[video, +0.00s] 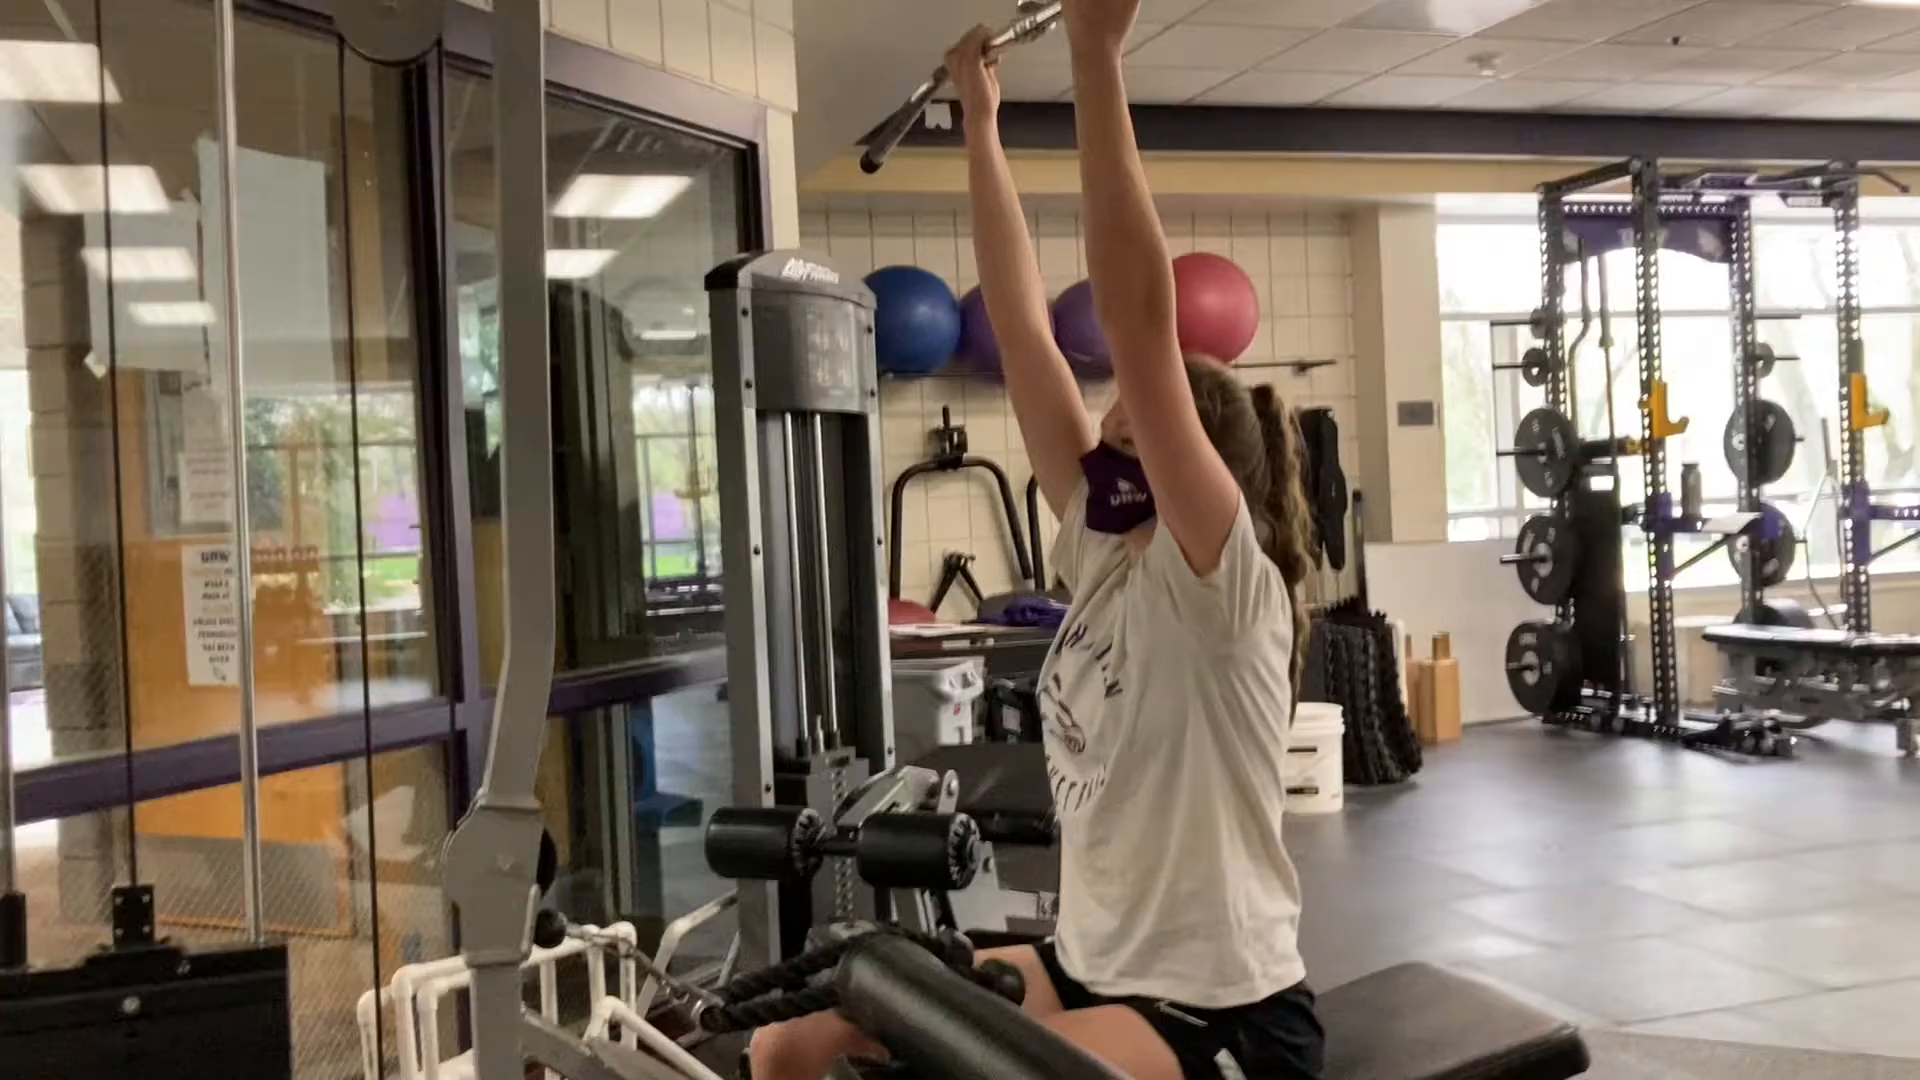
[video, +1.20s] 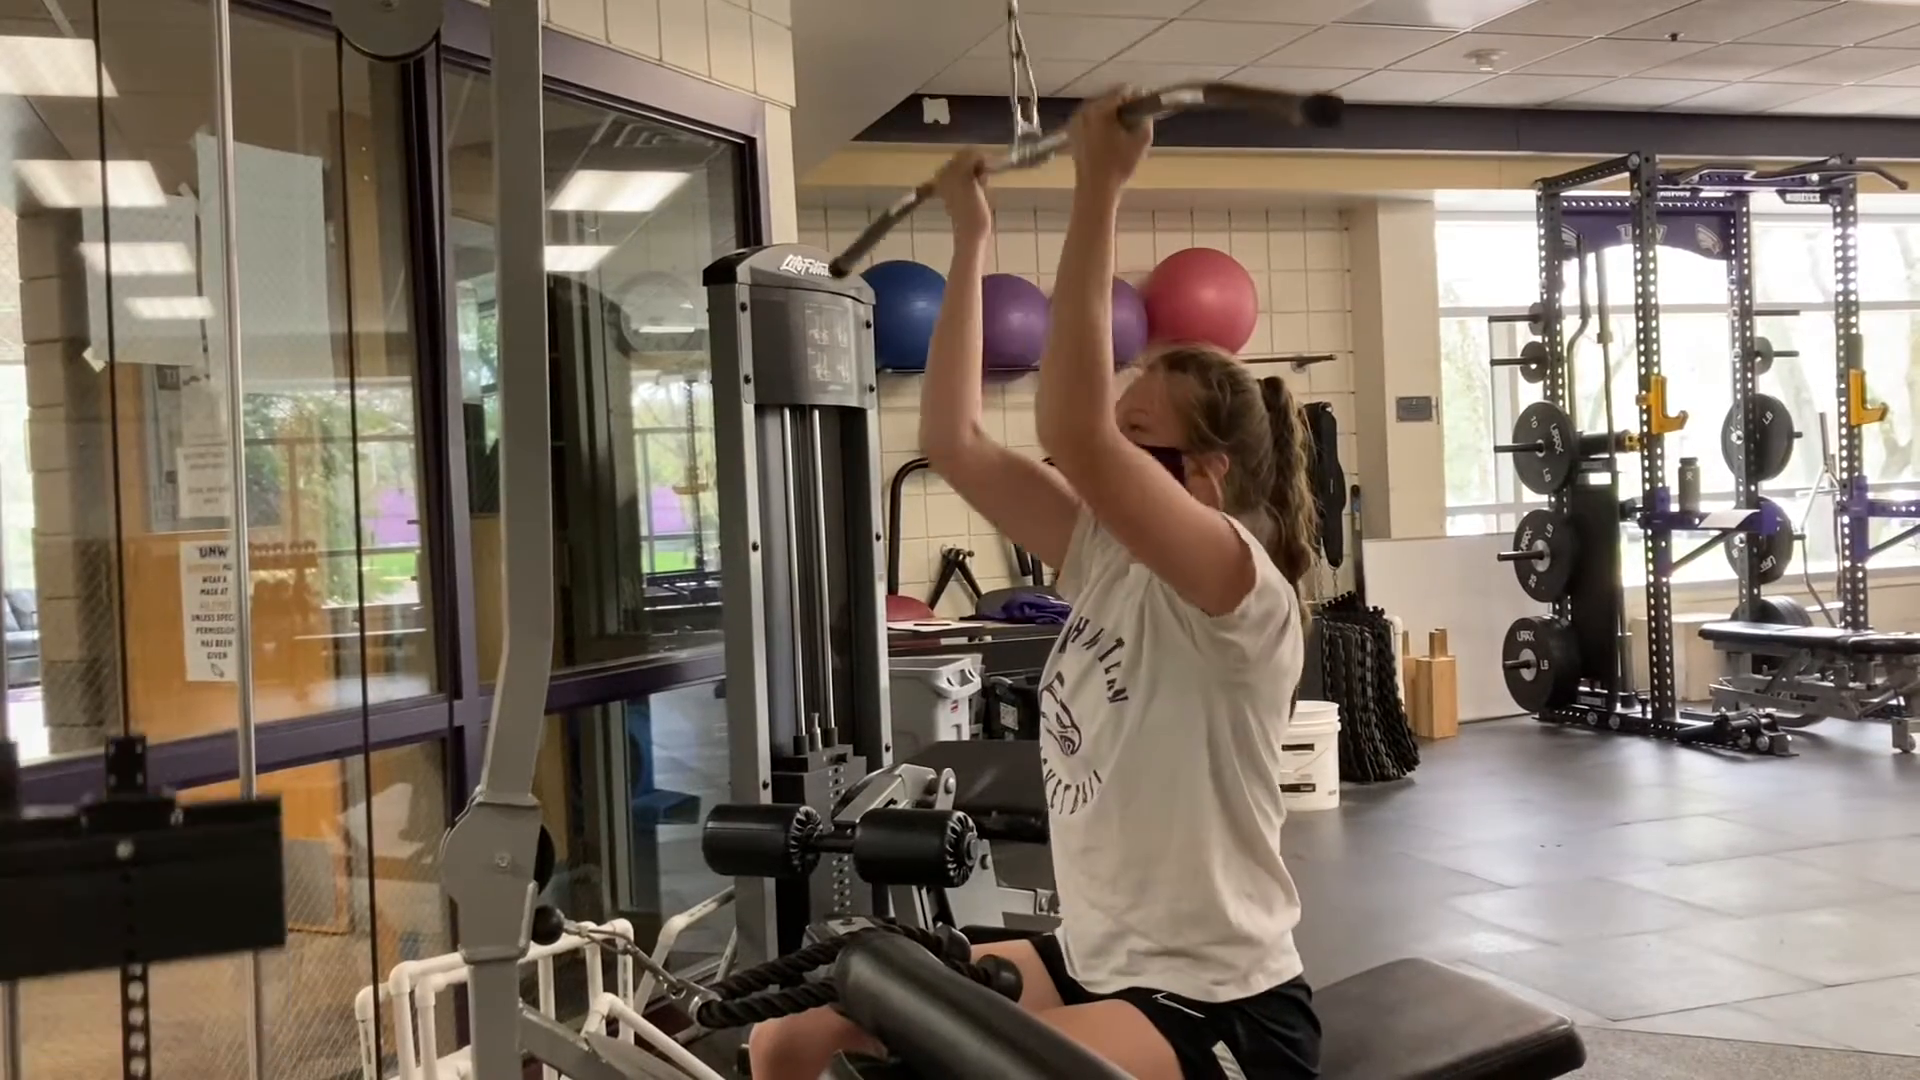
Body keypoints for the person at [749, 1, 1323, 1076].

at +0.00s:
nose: (1115, 435)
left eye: (1145, 413)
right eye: (1117, 418)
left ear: (1205, 454)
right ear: (1115, 440)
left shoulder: (1223, 576)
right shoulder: (1101, 552)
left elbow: (1143, 335)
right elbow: (1023, 330)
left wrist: (1096, 48)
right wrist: (978, 115)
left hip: (1220, 1018)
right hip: (1094, 982)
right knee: (793, 1046)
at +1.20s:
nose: (1112, 458)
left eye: (1135, 441)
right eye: (1110, 436)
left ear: (1207, 471)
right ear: (1100, 447)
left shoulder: (1241, 584)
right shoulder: (1096, 554)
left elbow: (1075, 436)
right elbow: (954, 442)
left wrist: (1097, 190)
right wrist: (971, 236)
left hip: (1220, 1005)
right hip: (1090, 964)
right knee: (788, 1040)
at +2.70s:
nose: (1121, 460)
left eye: (1151, 447)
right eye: (1126, 440)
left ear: (1229, 481)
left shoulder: (1253, 614)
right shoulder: (1114, 606)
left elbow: (1118, 792)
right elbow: (972, 757)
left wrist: (1102, 553)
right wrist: (991, 568)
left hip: (1220, 1003)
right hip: (1083, 964)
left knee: (973, 1064)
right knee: (787, 1042)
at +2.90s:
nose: (1120, 466)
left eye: (1151, 449)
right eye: (1127, 447)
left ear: (1228, 481)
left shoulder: (1258, 610)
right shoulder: (1114, 593)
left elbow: (1080, 641)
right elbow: (940, 625)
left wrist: (1072, 400)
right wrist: (973, 436)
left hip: (1223, 1008)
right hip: (1085, 968)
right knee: (788, 1042)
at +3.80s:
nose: (1134, 429)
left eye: (1168, 407)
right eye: (1141, 411)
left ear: (1219, 442)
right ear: (1146, 434)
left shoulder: (1233, 566)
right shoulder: (1114, 538)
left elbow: (1153, 327)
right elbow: (1030, 329)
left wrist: (1102, 57)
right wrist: (973, 129)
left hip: (1220, 1011)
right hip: (1085, 967)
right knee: (791, 1043)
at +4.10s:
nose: (1121, 444)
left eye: (1146, 414)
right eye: (1116, 424)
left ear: (1224, 457)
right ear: (1147, 451)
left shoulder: (1245, 571)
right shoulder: (1102, 535)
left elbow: (1111, 372)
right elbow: (984, 383)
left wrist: (1105, 112)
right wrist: (976, 172)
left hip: (1222, 1009)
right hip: (1088, 970)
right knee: (790, 1045)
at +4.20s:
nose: (1116, 446)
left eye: (1139, 432)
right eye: (1120, 426)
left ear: (1214, 470)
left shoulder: (1246, 579)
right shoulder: (1105, 548)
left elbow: (1080, 426)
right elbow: (961, 435)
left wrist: (1099, 176)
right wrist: (974, 230)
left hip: (1220, 1008)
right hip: (1086, 966)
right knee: (789, 1036)